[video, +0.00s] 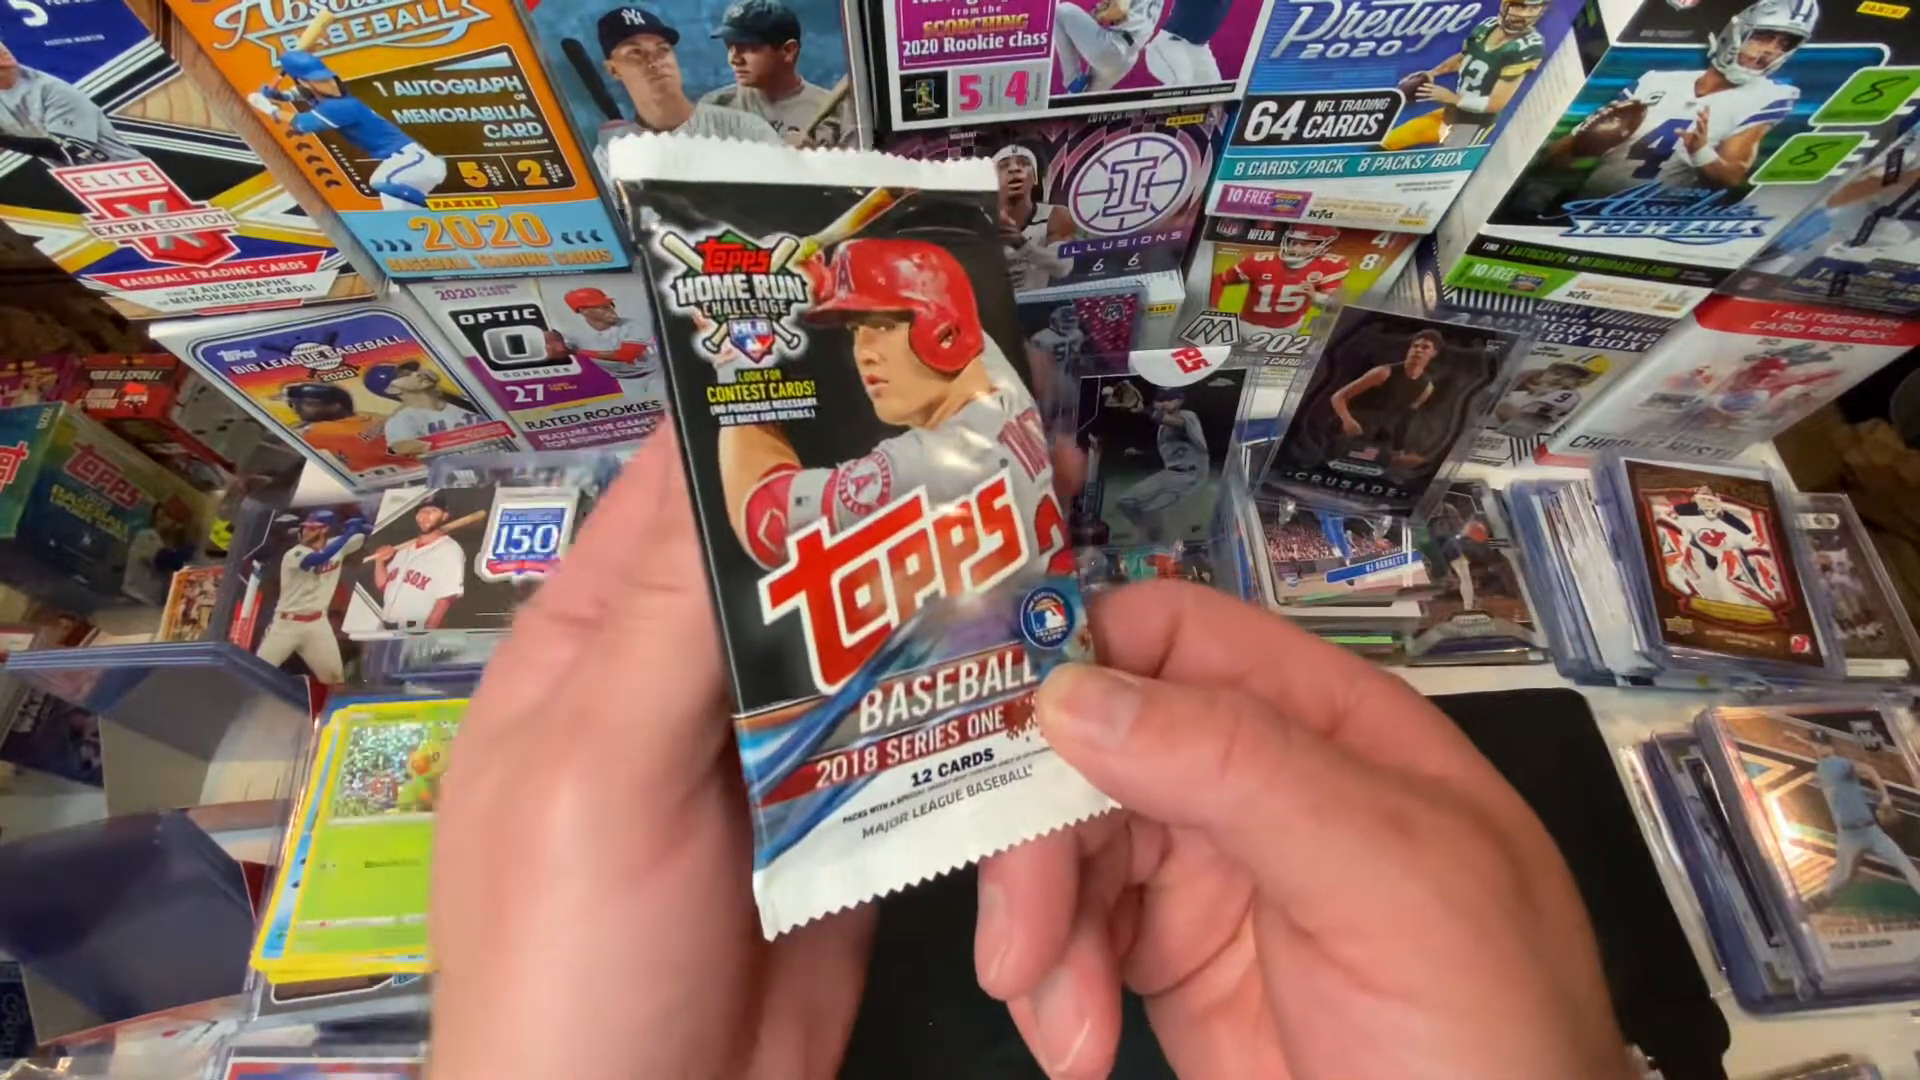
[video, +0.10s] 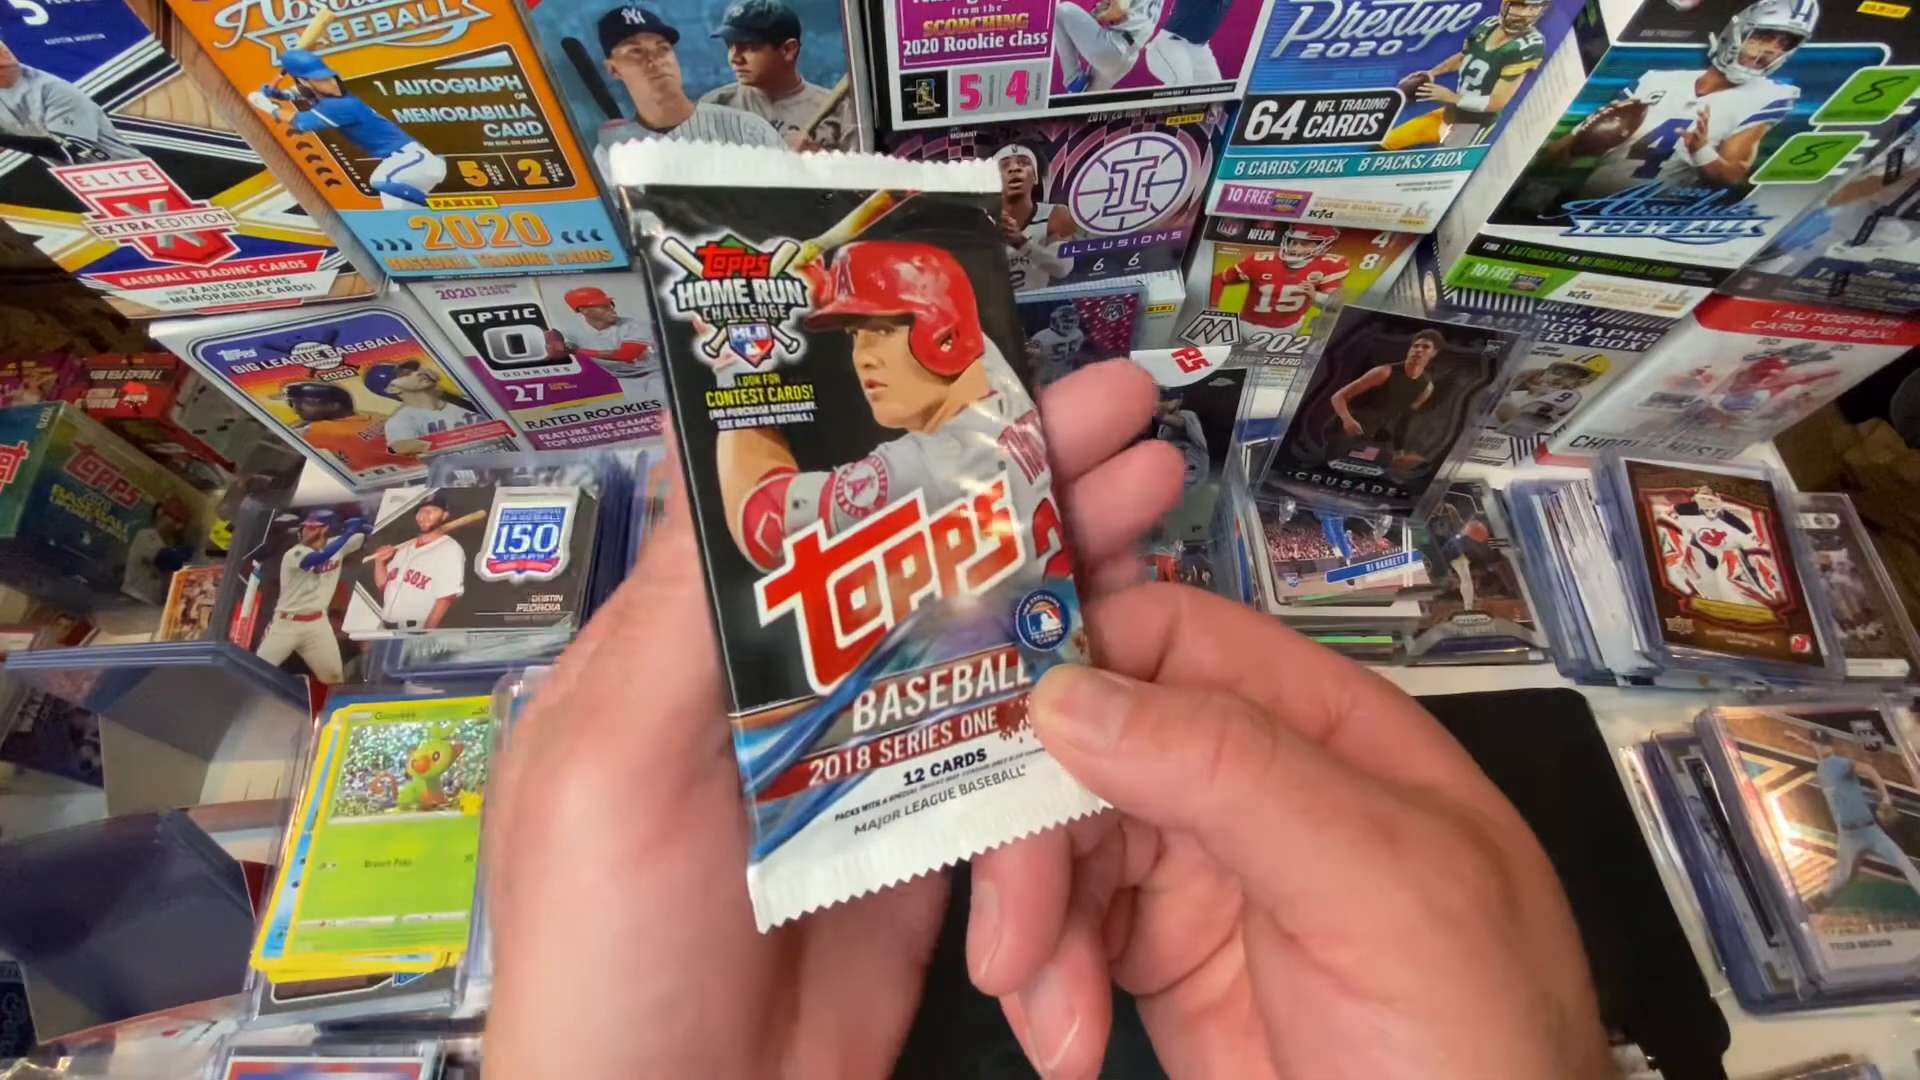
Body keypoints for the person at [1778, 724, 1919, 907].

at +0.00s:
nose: (1823, 749)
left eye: (1825, 744)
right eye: (1818, 746)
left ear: (1831, 745)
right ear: (1813, 748)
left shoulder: (1840, 764)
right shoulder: (1822, 767)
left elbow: (1869, 770)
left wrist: (1885, 797)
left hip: (1871, 829)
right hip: (1847, 834)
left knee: (1903, 863)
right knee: (1843, 876)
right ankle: (1824, 896)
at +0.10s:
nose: (1823, 749)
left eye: (1824, 744)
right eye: (1818, 745)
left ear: (1830, 744)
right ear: (1814, 748)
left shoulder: (1838, 763)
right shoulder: (1822, 767)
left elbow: (1869, 770)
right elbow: (1813, 747)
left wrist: (1885, 796)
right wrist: (1800, 739)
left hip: (1870, 829)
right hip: (1847, 834)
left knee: (1904, 864)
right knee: (1843, 875)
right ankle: (1824, 897)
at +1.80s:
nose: (1822, 749)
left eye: (1824, 744)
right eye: (1818, 745)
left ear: (1830, 745)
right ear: (1814, 748)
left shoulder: (1839, 764)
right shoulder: (1823, 767)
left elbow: (1869, 770)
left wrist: (1885, 797)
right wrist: (1796, 738)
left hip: (1871, 829)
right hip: (1847, 834)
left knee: (1903, 862)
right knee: (1842, 874)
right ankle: (1825, 896)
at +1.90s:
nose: (1823, 749)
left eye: (1825, 744)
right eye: (1819, 745)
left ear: (1831, 745)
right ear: (1814, 748)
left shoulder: (1839, 764)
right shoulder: (1823, 767)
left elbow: (1868, 770)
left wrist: (1884, 797)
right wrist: (1796, 738)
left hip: (1871, 829)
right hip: (1847, 834)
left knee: (1904, 863)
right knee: (1842, 874)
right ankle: (1825, 896)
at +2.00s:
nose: (1823, 749)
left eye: (1825, 744)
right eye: (1819, 745)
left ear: (1831, 745)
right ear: (1814, 748)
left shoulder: (1839, 764)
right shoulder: (1823, 767)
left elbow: (1868, 770)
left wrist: (1884, 797)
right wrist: (1796, 738)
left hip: (1871, 829)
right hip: (1847, 834)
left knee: (1904, 863)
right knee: (1842, 875)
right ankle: (1825, 896)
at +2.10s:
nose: (1823, 749)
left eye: (1825, 744)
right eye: (1819, 745)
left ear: (1831, 745)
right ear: (1814, 747)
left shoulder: (1839, 764)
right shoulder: (1823, 767)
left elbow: (1868, 770)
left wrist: (1885, 797)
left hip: (1871, 828)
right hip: (1847, 834)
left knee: (1904, 864)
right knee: (1843, 875)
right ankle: (1823, 897)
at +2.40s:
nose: (1824, 749)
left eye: (1826, 744)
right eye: (1819, 745)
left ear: (1831, 745)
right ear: (1814, 748)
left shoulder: (1839, 764)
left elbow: (1868, 770)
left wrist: (1885, 797)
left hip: (1871, 829)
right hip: (1847, 834)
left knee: (1904, 863)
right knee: (1842, 875)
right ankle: (1824, 897)